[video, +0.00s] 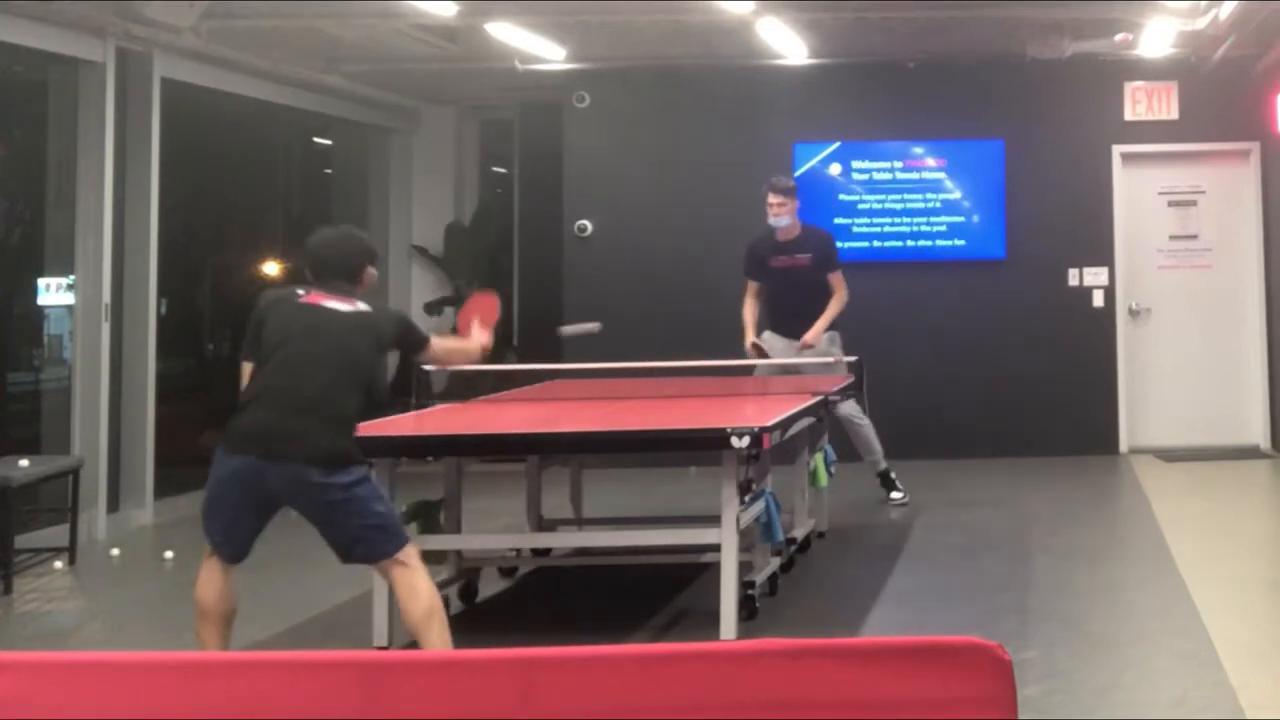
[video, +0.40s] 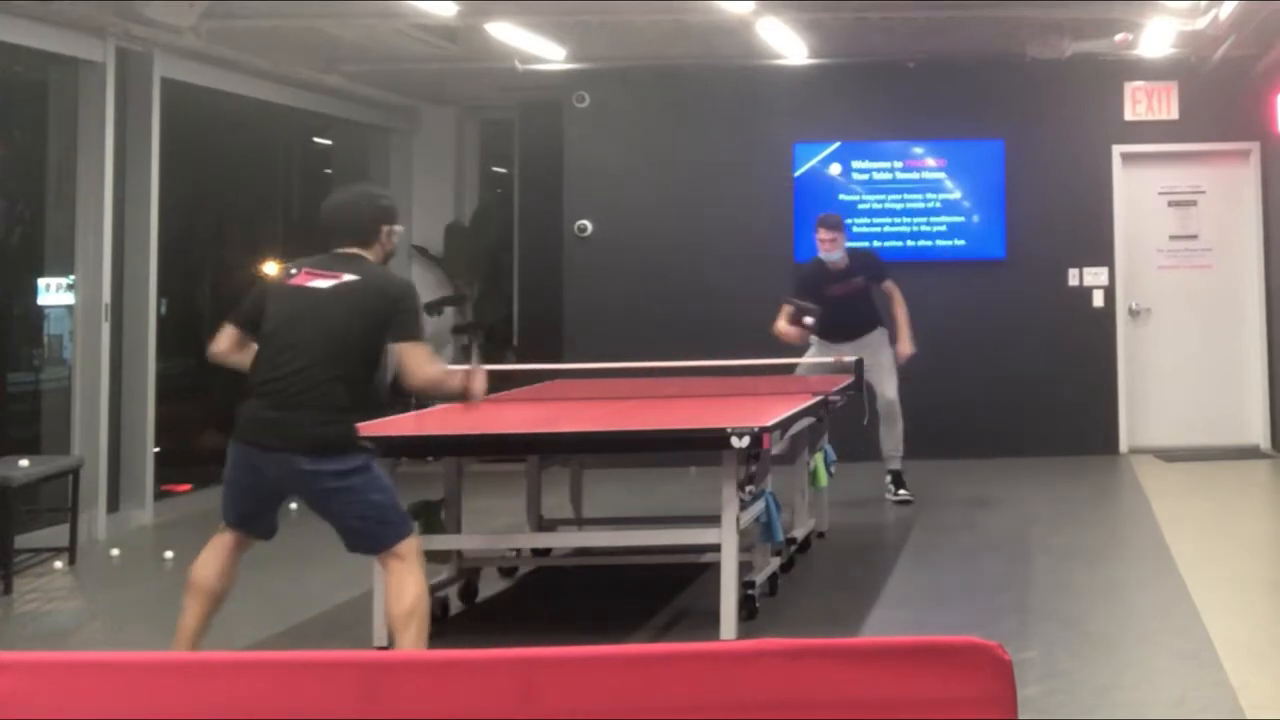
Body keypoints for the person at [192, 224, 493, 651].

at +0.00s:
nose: (376, 274)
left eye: (374, 266)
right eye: (373, 267)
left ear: (313, 269)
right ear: (363, 274)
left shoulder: (272, 302)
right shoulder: (381, 322)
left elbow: (248, 384)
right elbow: (436, 351)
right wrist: (476, 343)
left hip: (247, 451)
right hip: (324, 457)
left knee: (219, 558)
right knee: (401, 562)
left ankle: (211, 676)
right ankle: (448, 675)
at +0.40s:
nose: (395, 237)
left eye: (393, 228)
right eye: (392, 229)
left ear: (334, 232)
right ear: (381, 234)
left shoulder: (288, 275)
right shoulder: (391, 289)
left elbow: (223, 348)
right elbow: (417, 373)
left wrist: (285, 366)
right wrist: (461, 380)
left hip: (256, 440)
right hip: (326, 446)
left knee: (231, 536)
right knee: (401, 552)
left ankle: (178, 657)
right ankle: (412, 681)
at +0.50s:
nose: (412, 252)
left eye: (412, 240)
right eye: (410, 241)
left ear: (352, 238)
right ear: (395, 243)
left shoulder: (303, 278)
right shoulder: (368, 295)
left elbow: (295, 359)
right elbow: (351, 392)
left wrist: (365, 373)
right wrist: (408, 439)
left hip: (235, 450)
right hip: (295, 457)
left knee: (223, 555)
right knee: (387, 549)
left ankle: (127, 659)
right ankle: (404, 685)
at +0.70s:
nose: (438, 302)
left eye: (439, 292)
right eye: (436, 292)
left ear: (381, 287)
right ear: (416, 295)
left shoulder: (341, 314)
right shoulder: (357, 341)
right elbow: (335, 434)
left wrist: (418, 333)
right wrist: (377, 495)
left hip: (239, 483)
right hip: (277, 489)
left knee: (212, 587)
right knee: (394, 555)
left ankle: (117, 669)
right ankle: (378, 681)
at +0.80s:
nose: (495, 285)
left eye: (493, 275)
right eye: (489, 278)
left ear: (434, 275)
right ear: (464, 289)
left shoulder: (379, 293)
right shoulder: (423, 343)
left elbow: (324, 289)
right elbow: (473, 441)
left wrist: (365, 262)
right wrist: (533, 454)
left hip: (266, 460)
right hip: (310, 477)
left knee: (207, 561)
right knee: (416, 560)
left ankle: (117, 660)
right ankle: (372, 688)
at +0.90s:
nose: (525, 275)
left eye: (525, 264)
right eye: (522, 265)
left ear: (462, 251)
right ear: (498, 266)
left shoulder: (406, 278)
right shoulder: (485, 330)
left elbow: (339, 285)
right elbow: (576, 376)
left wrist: (355, 252)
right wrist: (662, 384)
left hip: (302, 445)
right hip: (356, 466)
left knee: (251, 526)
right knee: (440, 571)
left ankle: (175, 616)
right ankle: (376, 677)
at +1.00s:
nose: (553, 207)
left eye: (549, 197)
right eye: (550, 199)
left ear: (479, 198)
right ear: (536, 207)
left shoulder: (440, 243)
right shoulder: (542, 267)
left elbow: (387, 255)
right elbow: (626, 290)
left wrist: (430, 210)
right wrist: (690, 291)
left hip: (364, 417)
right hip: (424, 443)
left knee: (317, 485)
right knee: (443, 566)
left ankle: (267, 561)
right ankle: (377, 672)